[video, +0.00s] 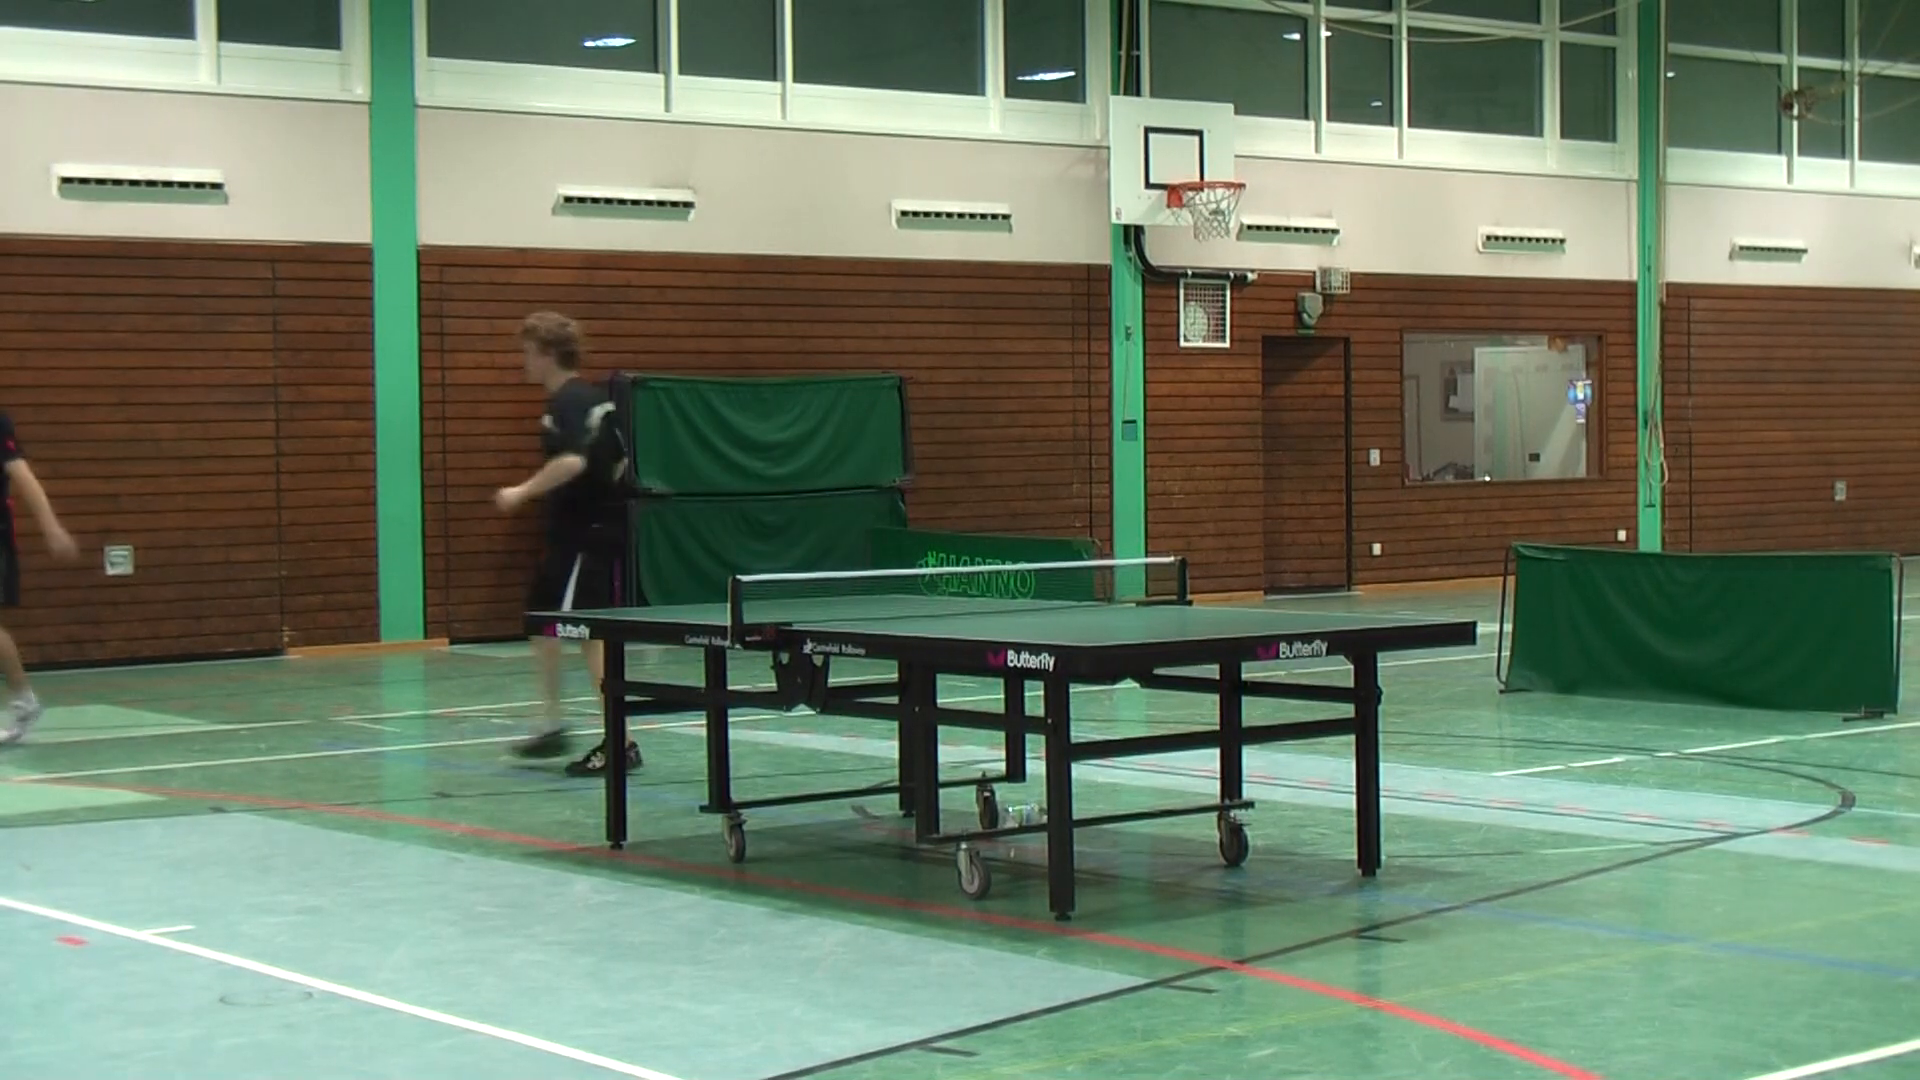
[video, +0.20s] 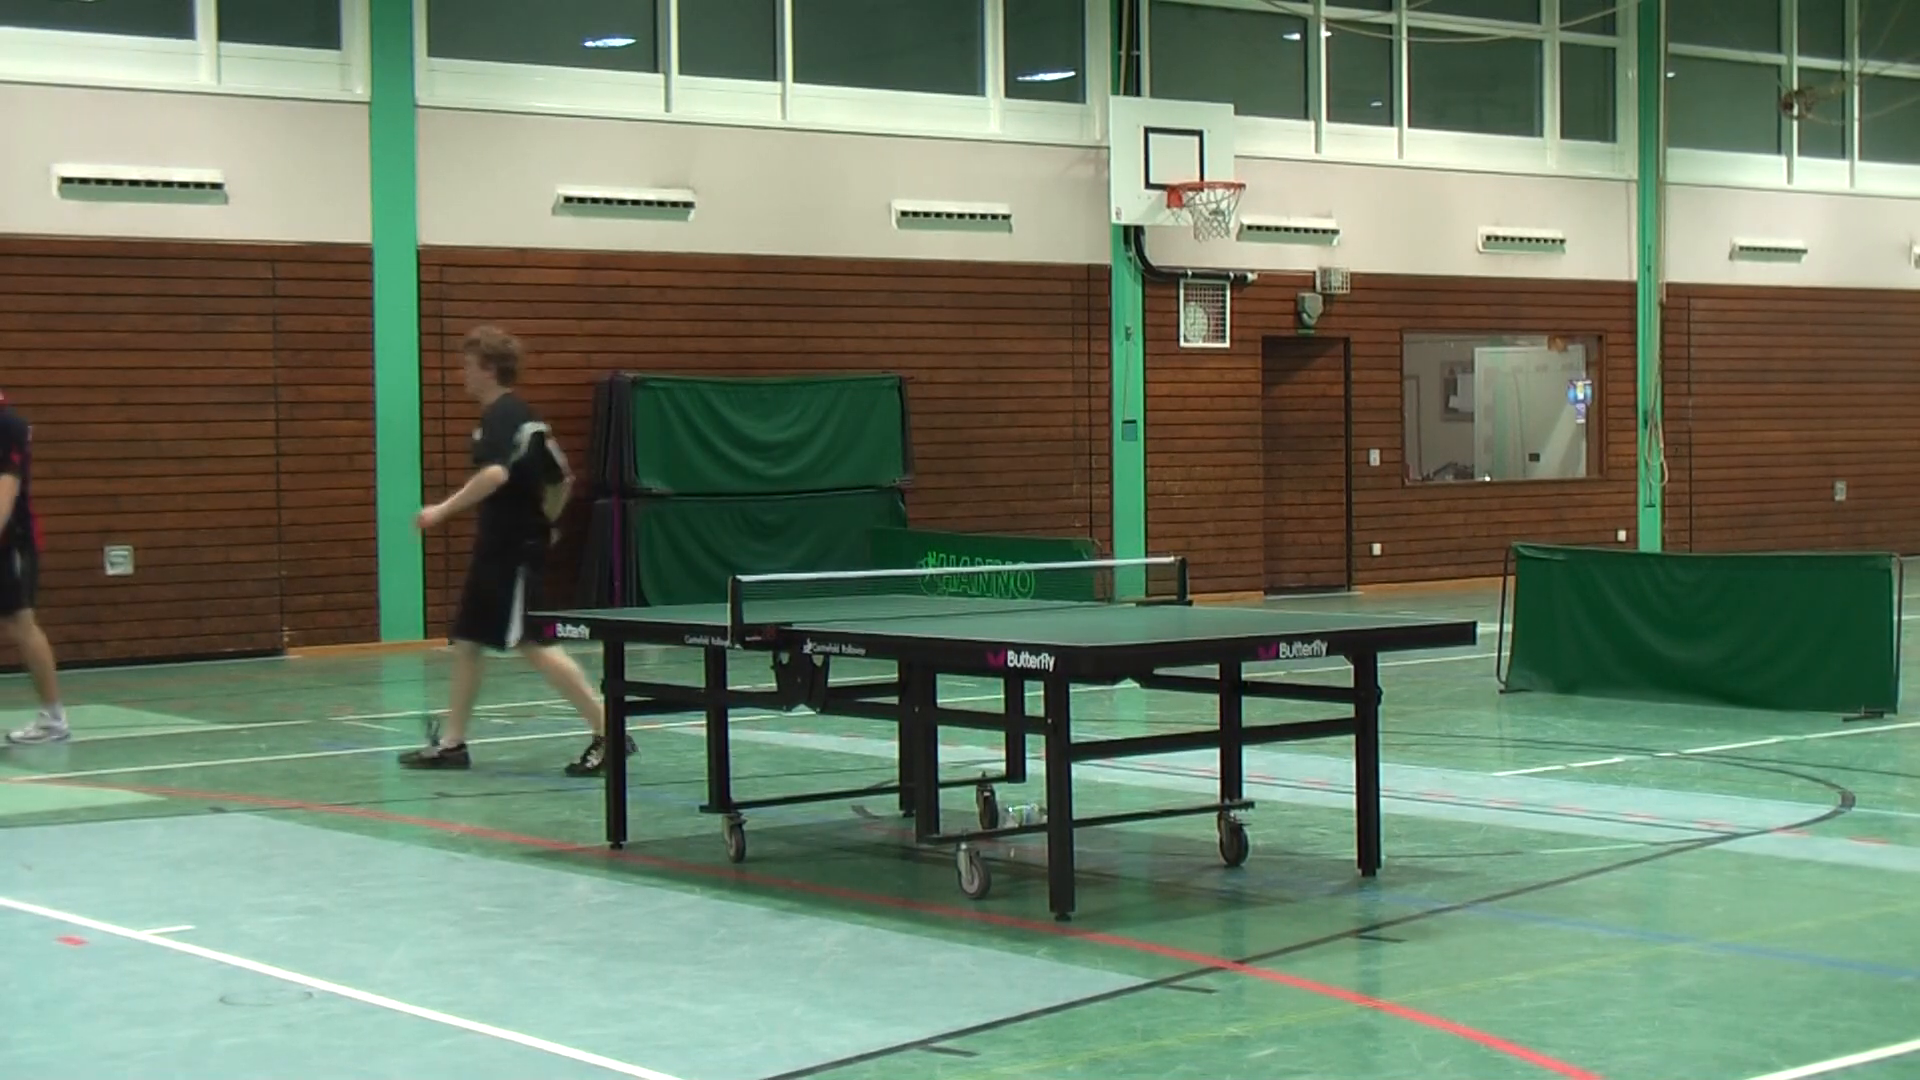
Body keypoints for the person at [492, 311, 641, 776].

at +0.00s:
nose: (524, 361)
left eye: (528, 353)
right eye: (524, 353)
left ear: (550, 355)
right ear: (556, 355)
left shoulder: (569, 401)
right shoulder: (590, 397)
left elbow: (572, 460)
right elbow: (617, 461)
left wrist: (521, 491)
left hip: (586, 535)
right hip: (583, 532)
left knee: (595, 634)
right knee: (543, 623)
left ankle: (618, 739)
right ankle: (552, 726)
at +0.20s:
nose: (463, 375)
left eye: (468, 367)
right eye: (464, 367)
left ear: (490, 370)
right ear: (496, 371)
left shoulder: (503, 415)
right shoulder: (518, 413)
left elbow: (495, 474)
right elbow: (561, 477)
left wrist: (441, 509)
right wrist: (541, 524)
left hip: (514, 548)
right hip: (500, 547)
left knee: (531, 644)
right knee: (466, 642)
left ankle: (607, 730)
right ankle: (451, 743)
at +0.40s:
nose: (409, 360)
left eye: (415, 353)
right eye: (410, 353)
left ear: (438, 357)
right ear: (435, 357)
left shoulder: (457, 404)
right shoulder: (435, 406)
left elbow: (467, 471)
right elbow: (437, 488)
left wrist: (445, 538)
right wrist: (420, 549)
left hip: (465, 534)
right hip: (445, 534)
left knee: (424, 633)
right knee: (432, 637)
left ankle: (506, 710)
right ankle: (449, 743)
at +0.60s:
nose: (365, 360)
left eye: (372, 353)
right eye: (367, 353)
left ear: (395, 359)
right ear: (389, 359)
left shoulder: (420, 409)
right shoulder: (389, 409)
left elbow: (452, 468)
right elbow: (389, 479)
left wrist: (455, 535)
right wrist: (341, 503)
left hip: (412, 545)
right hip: (402, 543)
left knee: (365, 634)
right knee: (431, 639)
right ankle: (450, 742)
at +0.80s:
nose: (326, 369)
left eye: (332, 361)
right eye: (328, 361)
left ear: (352, 367)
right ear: (358, 368)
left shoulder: (379, 421)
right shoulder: (348, 417)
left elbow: (402, 491)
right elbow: (344, 483)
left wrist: (406, 559)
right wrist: (300, 505)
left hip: (364, 554)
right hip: (341, 550)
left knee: (331, 647)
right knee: (361, 645)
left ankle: (301, 751)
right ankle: (425, 720)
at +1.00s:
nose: (294, 365)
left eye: (298, 357)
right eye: (295, 357)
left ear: (316, 364)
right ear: (328, 362)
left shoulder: (356, 418)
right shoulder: (317, 412)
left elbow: (368, 489)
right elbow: (320, 483)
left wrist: (316, 540)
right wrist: (298, 531)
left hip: (337, 547)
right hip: (300, 538)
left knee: (313, 644)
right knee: (252, 626)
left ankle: (304, 752)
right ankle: (319, 704)